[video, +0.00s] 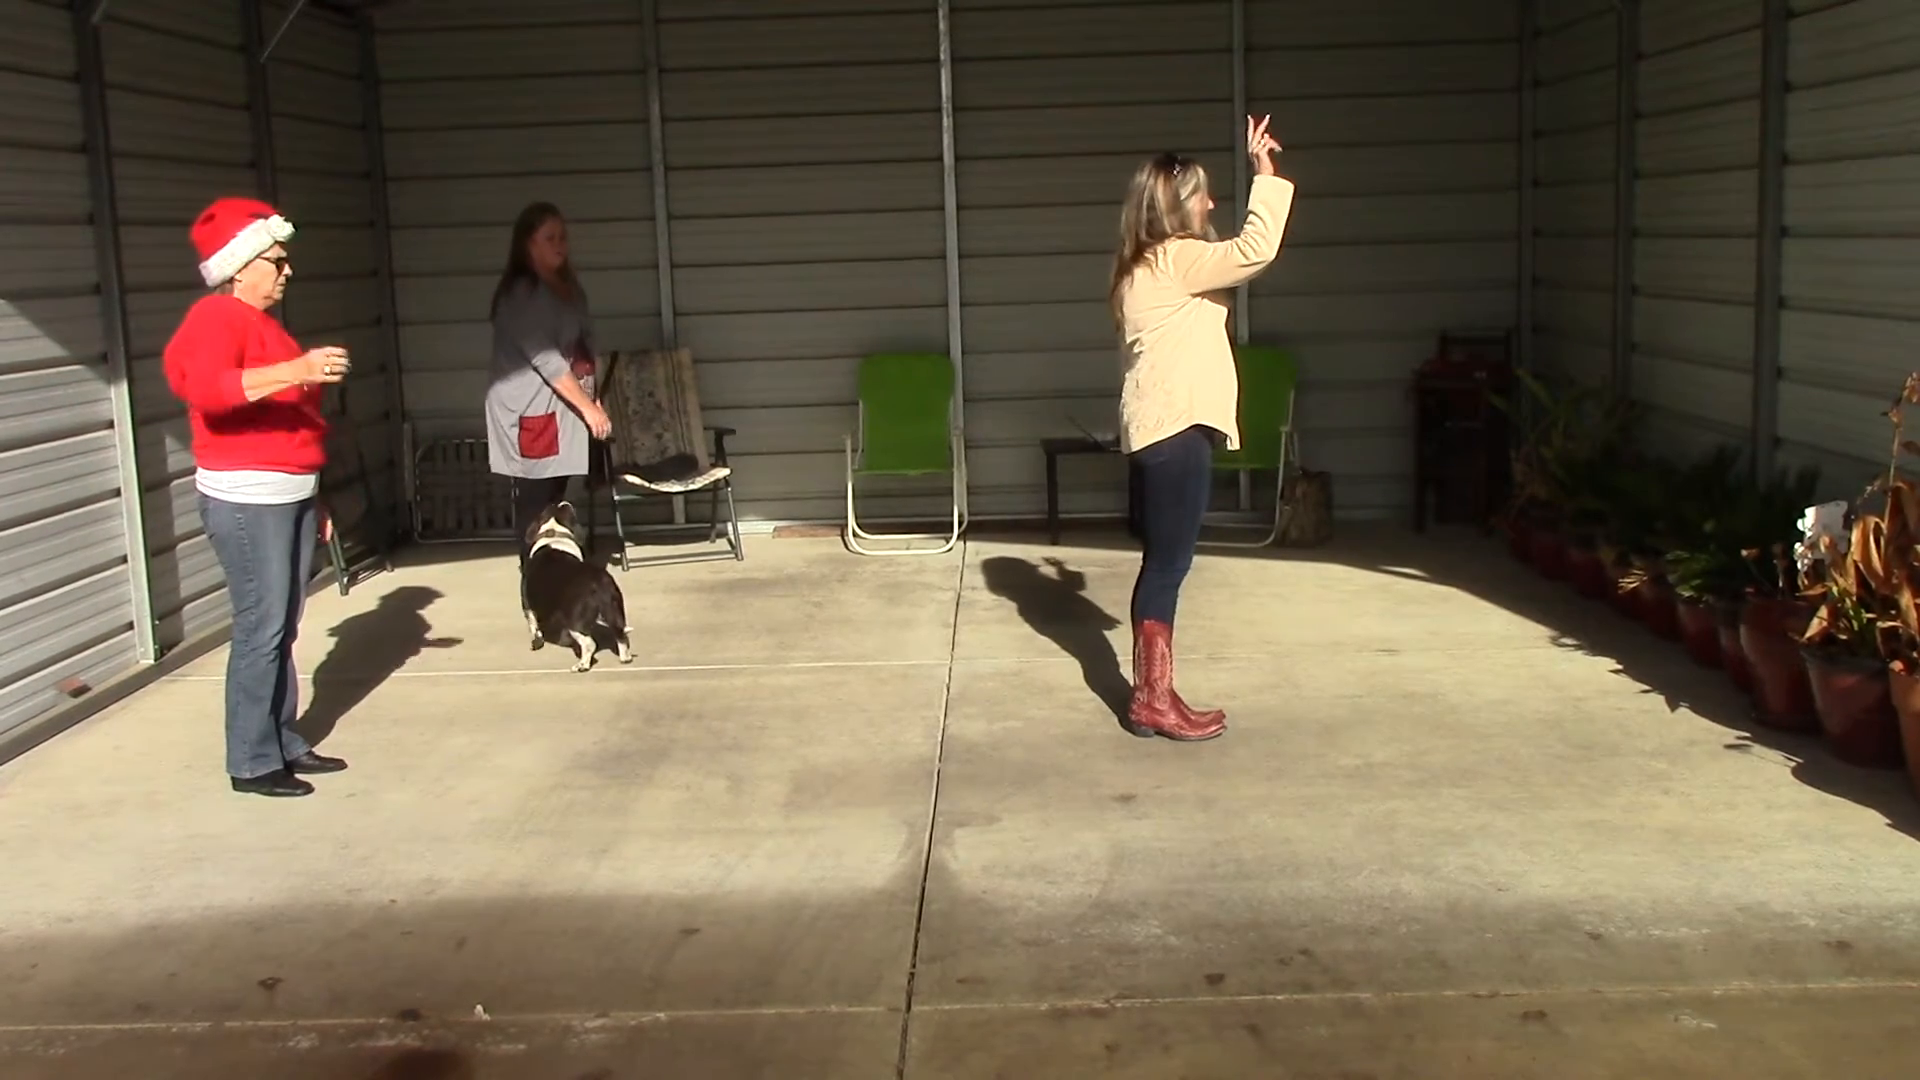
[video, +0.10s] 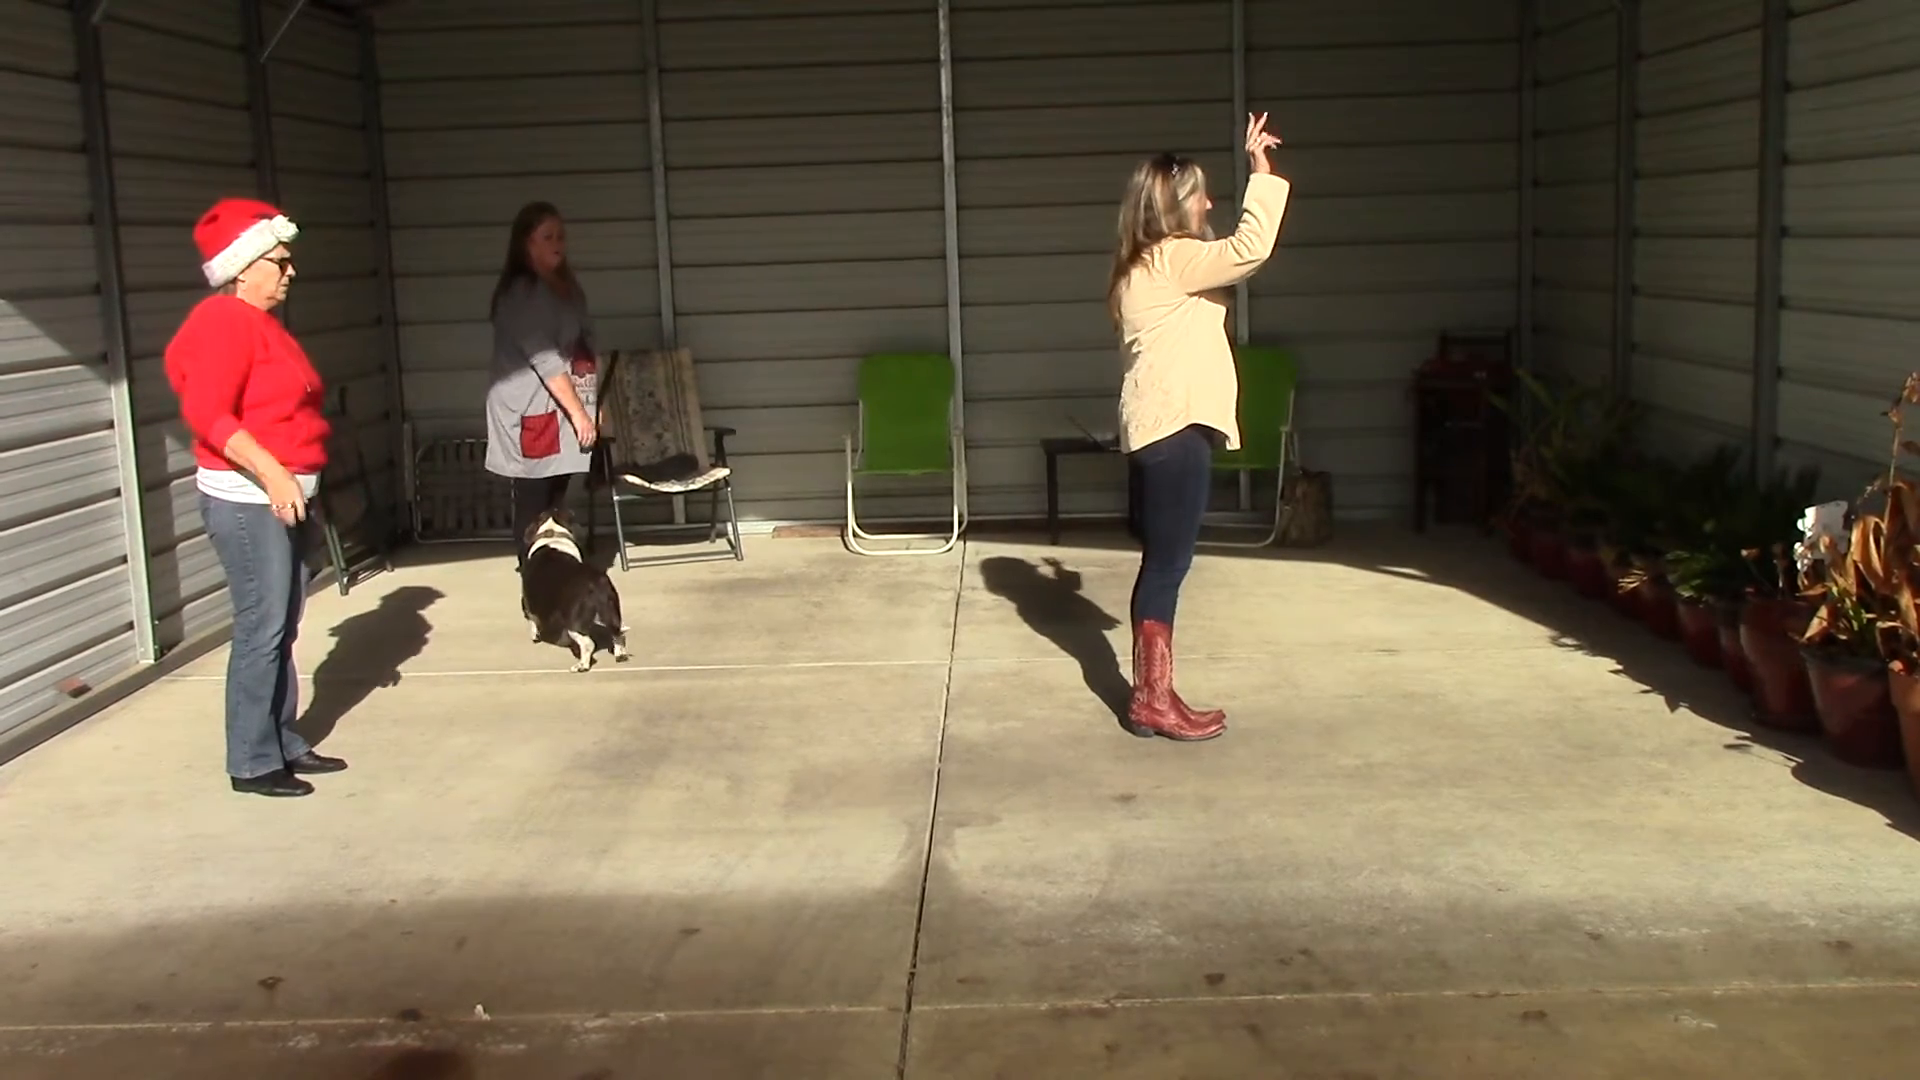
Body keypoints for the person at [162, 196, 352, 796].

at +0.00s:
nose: (287, 273)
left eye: (286, 263)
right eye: (278, 263)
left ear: (249, 268)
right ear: (243, 266)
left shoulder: (266, 326)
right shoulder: (212, 317)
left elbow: (291, 422)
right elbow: (207, 389)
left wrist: (314, 500)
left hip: (290, 492)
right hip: (246, 496)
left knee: (281, 628)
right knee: (260, 629)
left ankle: (281, 743)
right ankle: (250, 762)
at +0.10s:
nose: (289, 273)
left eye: (288, 263)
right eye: (280, 263)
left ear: (251, 269)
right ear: (245, 267)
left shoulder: (259, 322)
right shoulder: (221, 320)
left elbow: (265, 411)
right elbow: (204, 410)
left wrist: (297, 482)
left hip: (281, 493)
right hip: (243, 497)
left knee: (281, 626)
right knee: (260, 628)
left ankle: (282, 743)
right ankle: (251, 762)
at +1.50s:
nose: (322, 283)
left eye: (321, 273)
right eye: (312, 273)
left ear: (282, 279)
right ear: (275, 278)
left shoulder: (295, 334)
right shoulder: (247, 334)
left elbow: (310, 425)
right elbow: (240, 434)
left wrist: (342, 494)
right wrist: (284, 509)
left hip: (308, 499)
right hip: (269, 501)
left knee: (294, 624)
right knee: (326, 617)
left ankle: (279, 742)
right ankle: (276, 745)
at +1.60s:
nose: (332, 281)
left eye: (331, 271)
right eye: (322, 272)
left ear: (296, 278)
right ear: (284, 278)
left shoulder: (310, 334)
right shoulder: (256, 333)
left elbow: (329, 419)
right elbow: (247, 433)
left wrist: (370, 472)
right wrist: (287, 507)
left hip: (315, 496)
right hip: (281, 498)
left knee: (296, 625)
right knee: (356, 605)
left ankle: (276, 747)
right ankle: (324, 740)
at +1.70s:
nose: (346, 280)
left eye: (344, 270)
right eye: (335, 271)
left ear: (316, 279)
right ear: (298, 279)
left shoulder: (326, 335)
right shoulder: (270, 332)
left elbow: (350, 421)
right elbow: (259, 431)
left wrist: (399, 468)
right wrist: (294, 512)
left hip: (327, 496)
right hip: (294, 498)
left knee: (302, 629)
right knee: (377, 604)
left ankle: (275, 749)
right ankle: (382, 749)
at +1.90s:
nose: (378, 285)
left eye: (377, 275)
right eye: (367, 276)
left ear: (347, 284)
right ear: (331, 284)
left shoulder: (353, 340)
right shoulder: (307, 339)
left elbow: (376, 429)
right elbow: (297, 435)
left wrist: (420, 480)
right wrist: (329, 517)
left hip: (368, 501)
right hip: (340, 505)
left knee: (365, 627)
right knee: (408, 615)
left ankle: (290, 732)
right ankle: (424, 755)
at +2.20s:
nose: (398, 287)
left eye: (395, 277)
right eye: (387, 278)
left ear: (362, 285)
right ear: (350, 286)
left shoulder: (368, 338)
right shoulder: (328, 338)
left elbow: (387, 428)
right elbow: (329, 437)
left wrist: (419, 500)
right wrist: (380, 508)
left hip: (387, 500)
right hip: (346, 505)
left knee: (430, 611)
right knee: (421, 615)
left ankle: (342, 710)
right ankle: (428, 756)